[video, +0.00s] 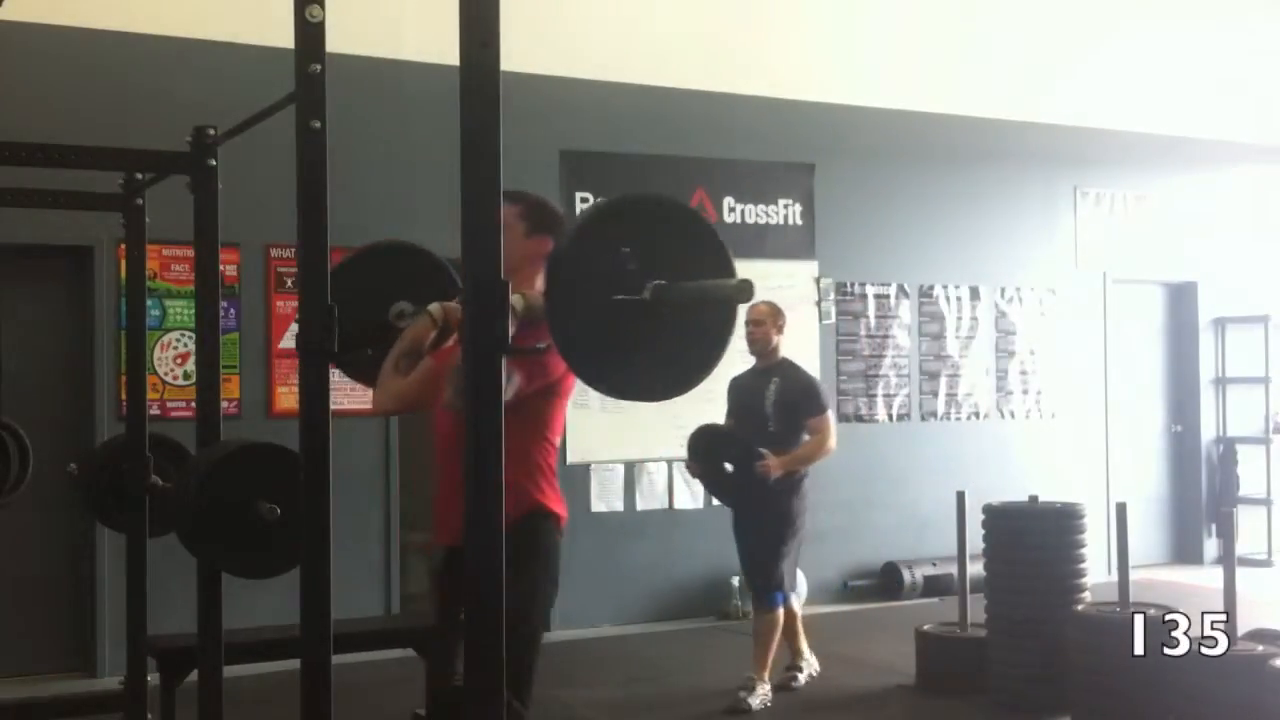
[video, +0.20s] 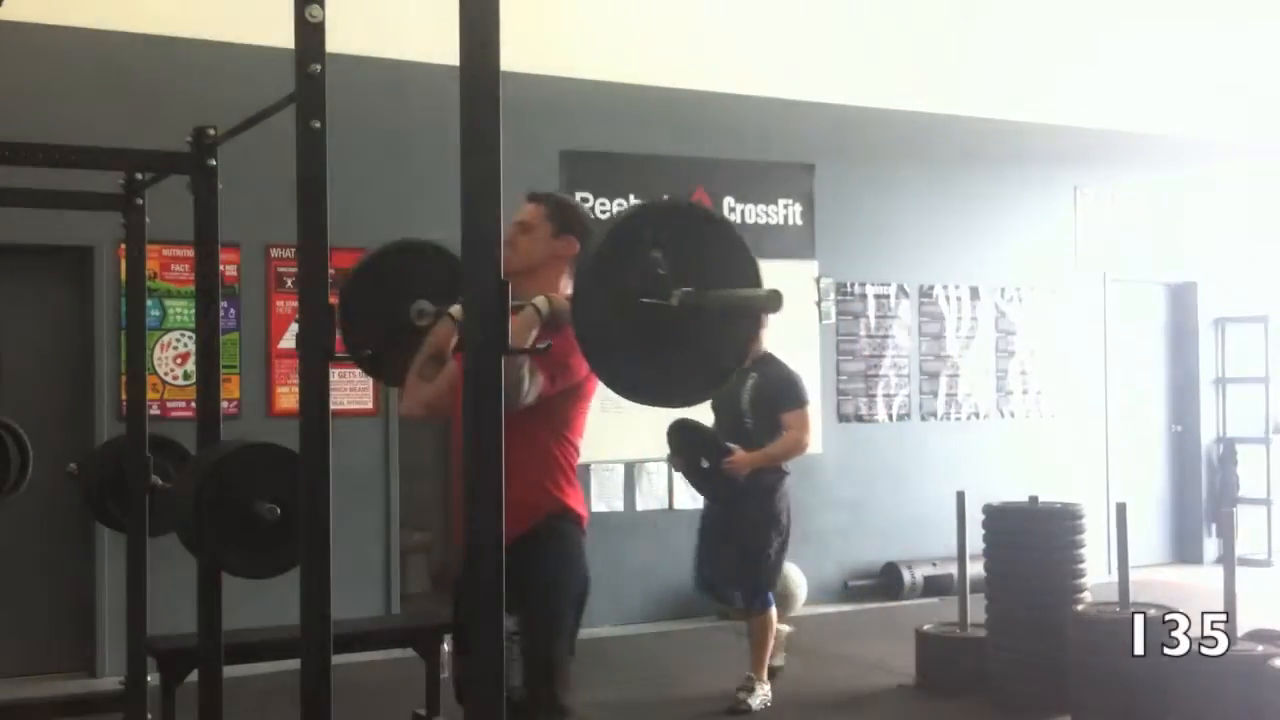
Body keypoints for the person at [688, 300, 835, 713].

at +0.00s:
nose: (751, 331)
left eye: (759, 325)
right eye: (748, 326)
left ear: (780, 330)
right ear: (745, 332)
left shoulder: (800, 382)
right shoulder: (739, 385)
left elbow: (825, 440)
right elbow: (732, 439)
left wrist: (783, 463)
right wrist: (706, 462)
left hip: (784, 491)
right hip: (746, 491)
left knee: (769, 584)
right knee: (771, 581)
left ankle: (760, 682)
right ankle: (803, 656)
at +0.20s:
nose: (738, 331)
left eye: (745, 323)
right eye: (733, 324)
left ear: (761, 322)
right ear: (723, 327)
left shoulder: (780, 376)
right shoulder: (723, 375)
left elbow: (799, 438)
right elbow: (726, 437)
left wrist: (751, 459)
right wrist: (691, 455)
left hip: (764, 492)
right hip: (726, 491)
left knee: (757, 589)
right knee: (712, 580)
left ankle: (759, 682)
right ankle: (773, 629)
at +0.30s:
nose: (746, 345)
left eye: (753, 337)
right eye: (740, 337)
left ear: (764, 339)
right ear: (728, 338)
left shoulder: (771, 377)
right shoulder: (715, 375)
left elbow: (785, 437)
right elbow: (715, 436)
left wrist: (735, 459)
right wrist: (683, 454)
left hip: (754, 490)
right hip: (714, 488)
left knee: (752, 586)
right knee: (692, 575)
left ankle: (759, 681)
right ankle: (736, 640)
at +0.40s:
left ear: (739, 329)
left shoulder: (755, 375)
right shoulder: (703, 375)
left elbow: (769, 437)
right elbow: (705, 435)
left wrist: (719, 458)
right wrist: (674, 460)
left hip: (741, 492)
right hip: (701, 491)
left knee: (742, 583)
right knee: (678, 577)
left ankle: (758, 681)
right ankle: (697, 673)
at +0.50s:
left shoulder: (738, 377)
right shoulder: (682, 383)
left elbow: (754, 441)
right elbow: (693, 443)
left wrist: (702, 461)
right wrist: (660, 464)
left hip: (728, 498)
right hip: (687, 498)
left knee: (740, 592)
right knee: (667, 592)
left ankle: (758, 681)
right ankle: (645, 681)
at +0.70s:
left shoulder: (702, 382)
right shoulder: (651, 391)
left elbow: (718, 442)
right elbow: (657, 445)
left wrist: (666, 460)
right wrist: (627, 459)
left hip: (687, 508)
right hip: (643, 507)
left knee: (703, 595)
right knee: (628, 601)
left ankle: (753, 673)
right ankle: (617, 693)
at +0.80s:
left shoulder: (676, 370)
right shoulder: (606, 373)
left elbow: (701, 435)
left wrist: (650, 452)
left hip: (661, 498)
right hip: (615, 499)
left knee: (669, 592)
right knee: (618, 602)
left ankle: (734, 660)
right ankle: (618, 695)